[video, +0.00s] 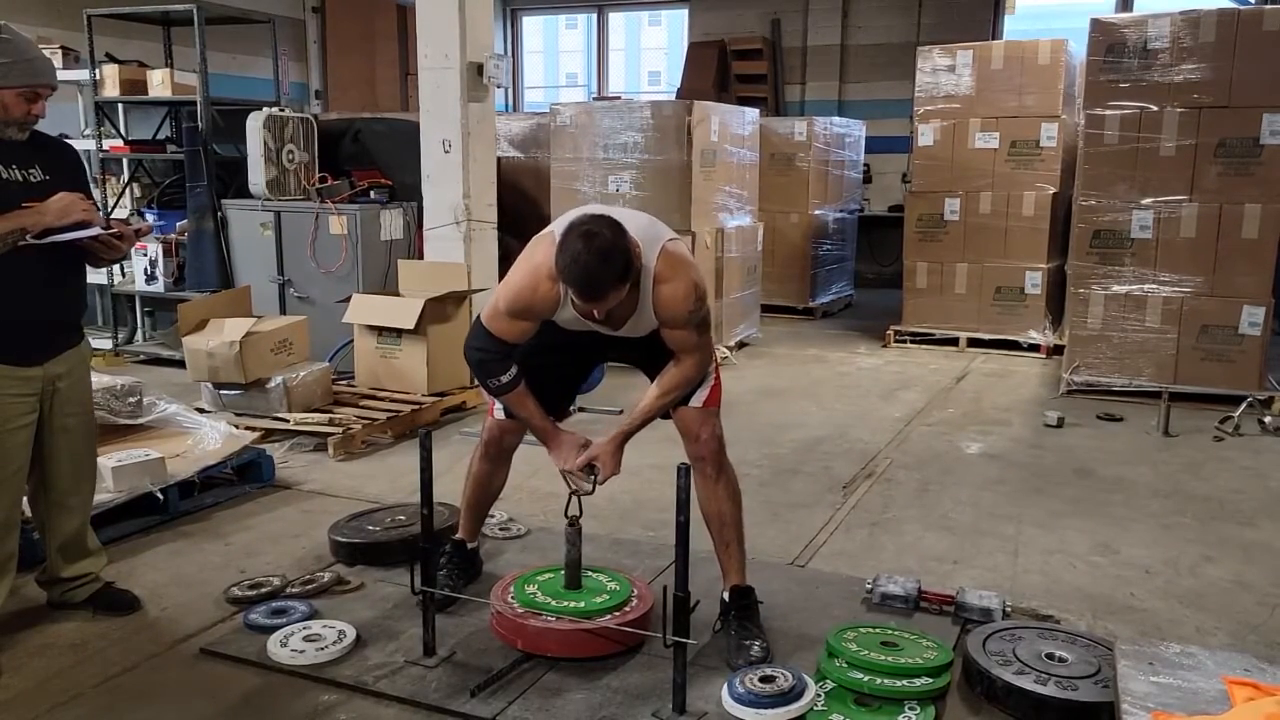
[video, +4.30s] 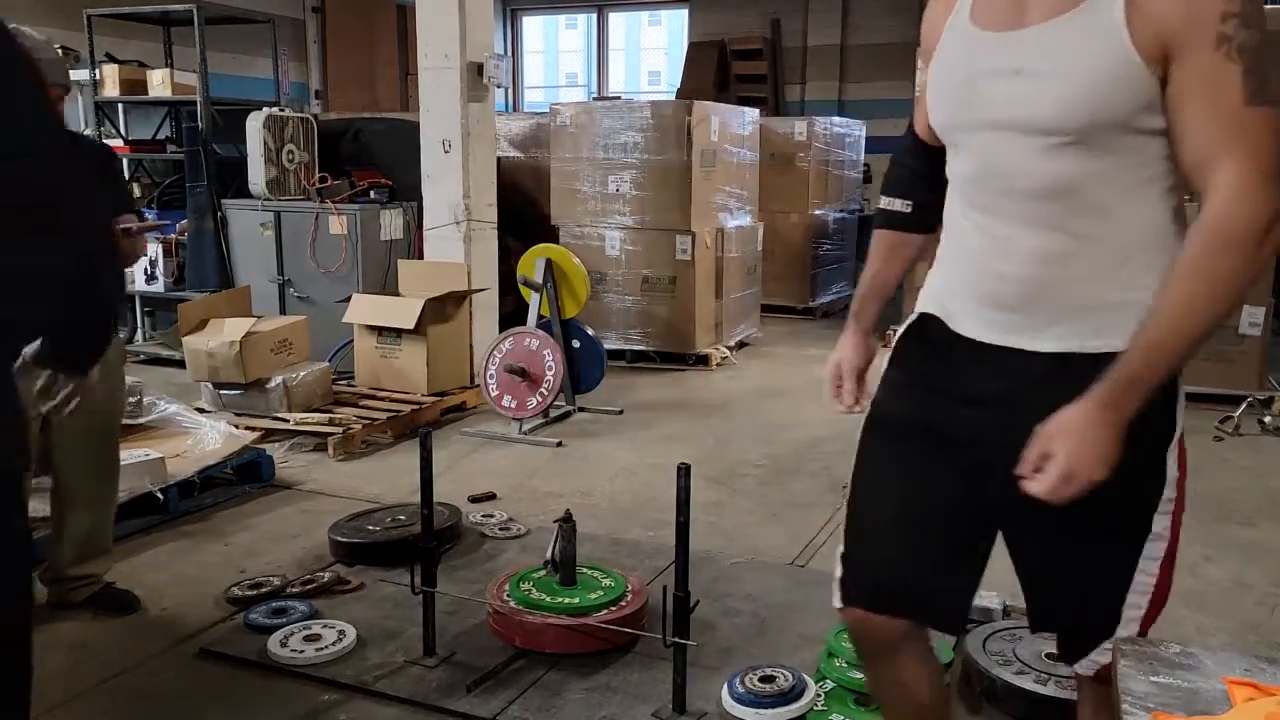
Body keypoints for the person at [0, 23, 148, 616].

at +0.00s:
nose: (39, 107)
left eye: (45, 96)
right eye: (28, 96)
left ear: (48, 92)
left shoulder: (60, 156)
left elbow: (84, 246)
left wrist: (110, 249)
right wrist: (38, 216)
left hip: (65, 346)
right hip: (7, 355)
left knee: (70, 474)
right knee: (7, 489)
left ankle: (74, 581)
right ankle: (0, 597)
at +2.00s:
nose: (52, 110)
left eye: (58, 99)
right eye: (43, 98)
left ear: (58, 96)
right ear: (5, 90)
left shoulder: (67, 161)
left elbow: (78, 253)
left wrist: (117, 249)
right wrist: (49, 228)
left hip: (64, 350)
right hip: (5, 359)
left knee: (68, 475)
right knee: (7, 490)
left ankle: (73, 580)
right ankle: (1, 597)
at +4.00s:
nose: (17, 96)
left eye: (30, 86)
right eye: (6, 82)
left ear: (46, 95)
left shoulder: (73, 160)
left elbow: (102, 245)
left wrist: (123, 247)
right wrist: (24, 211)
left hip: (74, 348)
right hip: (6, 357)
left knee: (81, 474)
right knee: (7, 488)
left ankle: (76, 581)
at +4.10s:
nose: (32, 106)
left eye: (41, 94)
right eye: (19, 93)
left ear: (51, 95)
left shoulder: (76, 159)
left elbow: (107, 241)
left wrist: (121, 248)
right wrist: (22, 210)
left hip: (81, 351)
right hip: (9, 362)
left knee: (86, 474)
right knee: (8, 490)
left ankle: (76, 580)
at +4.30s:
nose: (58, 100)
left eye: (58, 88)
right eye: (51, 90)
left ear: (55, 94)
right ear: (38, 93)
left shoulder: (88, 159)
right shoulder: (74, 162)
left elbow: (108, 248)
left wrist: (120, 246)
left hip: (84, 339)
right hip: (32, 344)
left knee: (86, 468)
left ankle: (76, 582)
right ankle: (62, 581)